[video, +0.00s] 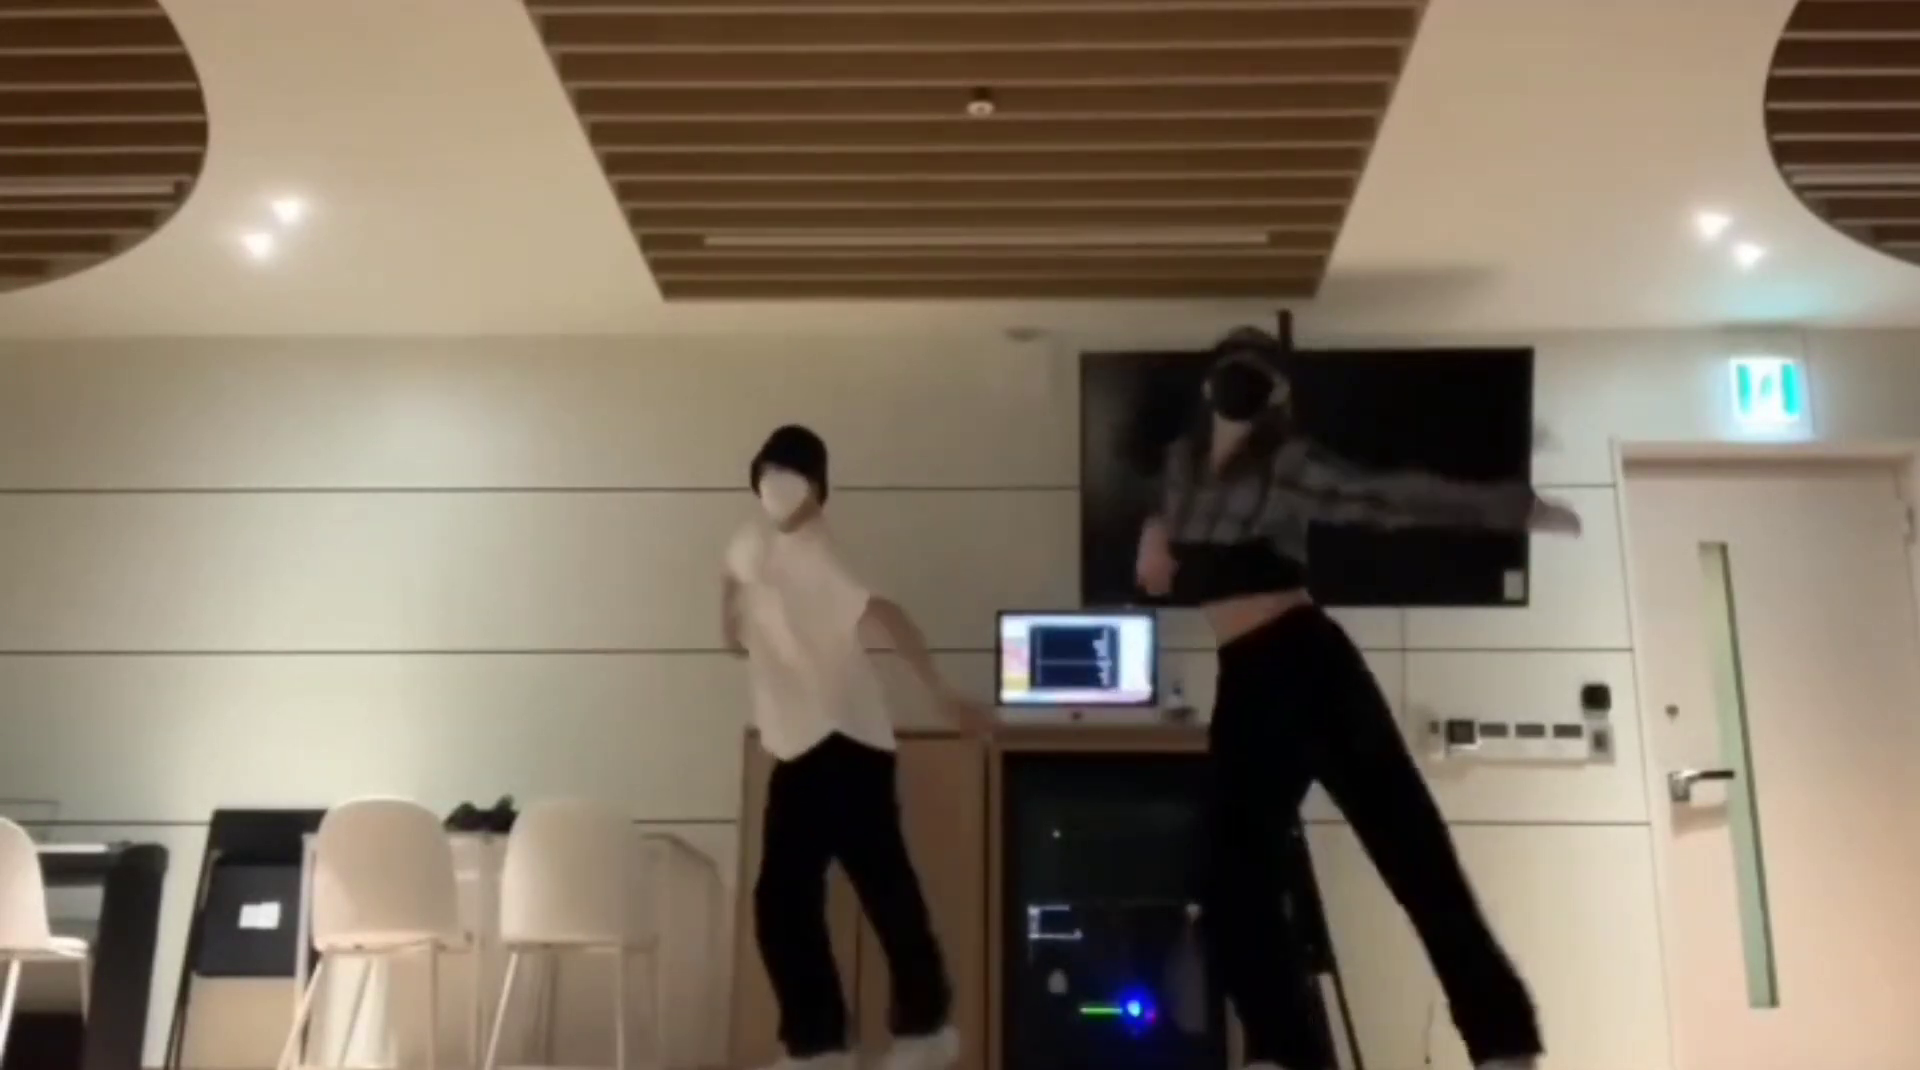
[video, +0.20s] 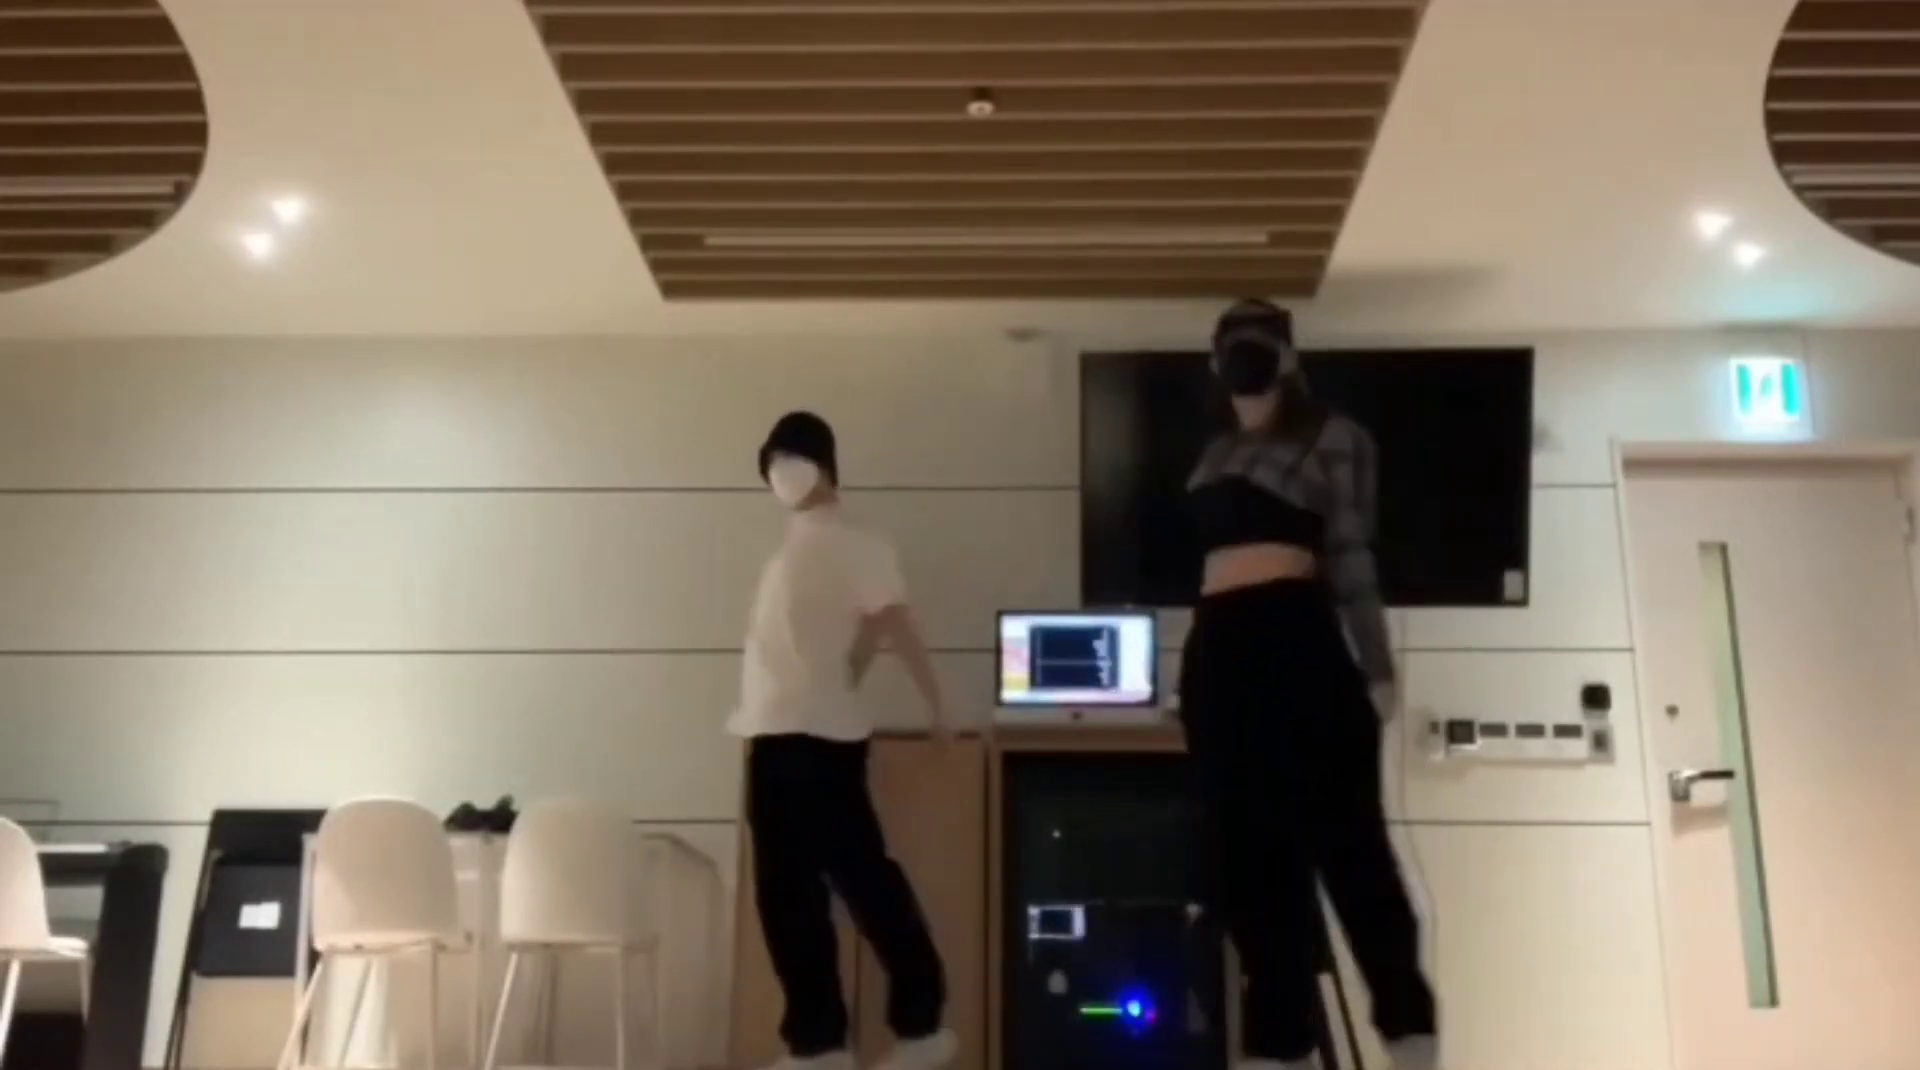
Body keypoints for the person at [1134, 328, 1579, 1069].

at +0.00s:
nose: (1239, 389)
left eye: (1256, 381)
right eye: (1229, 374)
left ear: (1273, 399)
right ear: (1207, 386)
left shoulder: (1285, 466)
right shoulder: (1185, 468)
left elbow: (1383, 495)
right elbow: (1173, 538)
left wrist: (1510, 508)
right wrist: (1154, 554)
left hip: (1312, 663)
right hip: (1245, 678)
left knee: (1411, 851)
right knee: (1235, 879)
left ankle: (1503, 1039)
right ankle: (1288, 1052)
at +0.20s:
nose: (1245, 363)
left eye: (1260, 348)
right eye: (1232, 351)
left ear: (1291, 357)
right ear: (1216, 365)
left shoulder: (1333, 441)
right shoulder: (1212, 459)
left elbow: (1350, 561)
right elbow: (1209, 582)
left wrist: (1378, 666)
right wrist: (1190, 688)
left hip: (1307, 651)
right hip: (1222, 658)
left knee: (1346, 839)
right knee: (1250, 860)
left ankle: (1408, 1032)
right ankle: (1284, 1044)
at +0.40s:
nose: (1260, 401)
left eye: (1275, 389)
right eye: (1246, 390)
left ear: (1303, 402)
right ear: (1231, 409)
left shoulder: (1336, 463)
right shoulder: (1222, 500)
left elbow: (1333, 568)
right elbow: (1198, 608)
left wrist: (1312, 672)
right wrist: (1159, 694)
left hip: (1317, 657)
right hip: (1233, 661)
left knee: (1283, 867)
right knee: (1168, 801)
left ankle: (1307, 1052)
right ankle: (1192, 1012)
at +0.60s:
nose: (1272, 417)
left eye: (1286, 405)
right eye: (1260, 404)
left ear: (1309, 415)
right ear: (1240, 418)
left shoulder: (1337, 468)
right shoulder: (1216, 506)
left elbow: (1349, 572)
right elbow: (1199, 614)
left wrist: (1306, 676)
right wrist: (1221, 685)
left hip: (1333, 687)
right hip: (1254, 697)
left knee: (1286, 875)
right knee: (1177, 854)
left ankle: (1308, 1054)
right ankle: (1087, 1034)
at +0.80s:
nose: (1281, 393)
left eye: (1297, 381)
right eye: (1269, 380)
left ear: (1323, 396)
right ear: (1251, 393)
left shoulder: (1353, 468)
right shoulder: (1227, 473)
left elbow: (1400, 559)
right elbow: (1209, 577)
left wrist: (1327, 618)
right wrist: (1224, 666)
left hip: (1332, 683)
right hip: (1257, 689)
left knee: (1300, 886)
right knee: (1210, 858)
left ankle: (1309, 1052)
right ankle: (1148, 1033)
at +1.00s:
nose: (1279, 404)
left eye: (1293, 390)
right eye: (1270, 390)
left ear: (1320, 401)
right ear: (1255, 401)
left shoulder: (1356, 482)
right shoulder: (1233, 477)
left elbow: (1404, 565)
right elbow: (1201, 572)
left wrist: (1309, 572)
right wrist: (1202, 650)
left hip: (1326, 676)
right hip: (1242, 679)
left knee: (1319, 863)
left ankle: (1322, 1038)